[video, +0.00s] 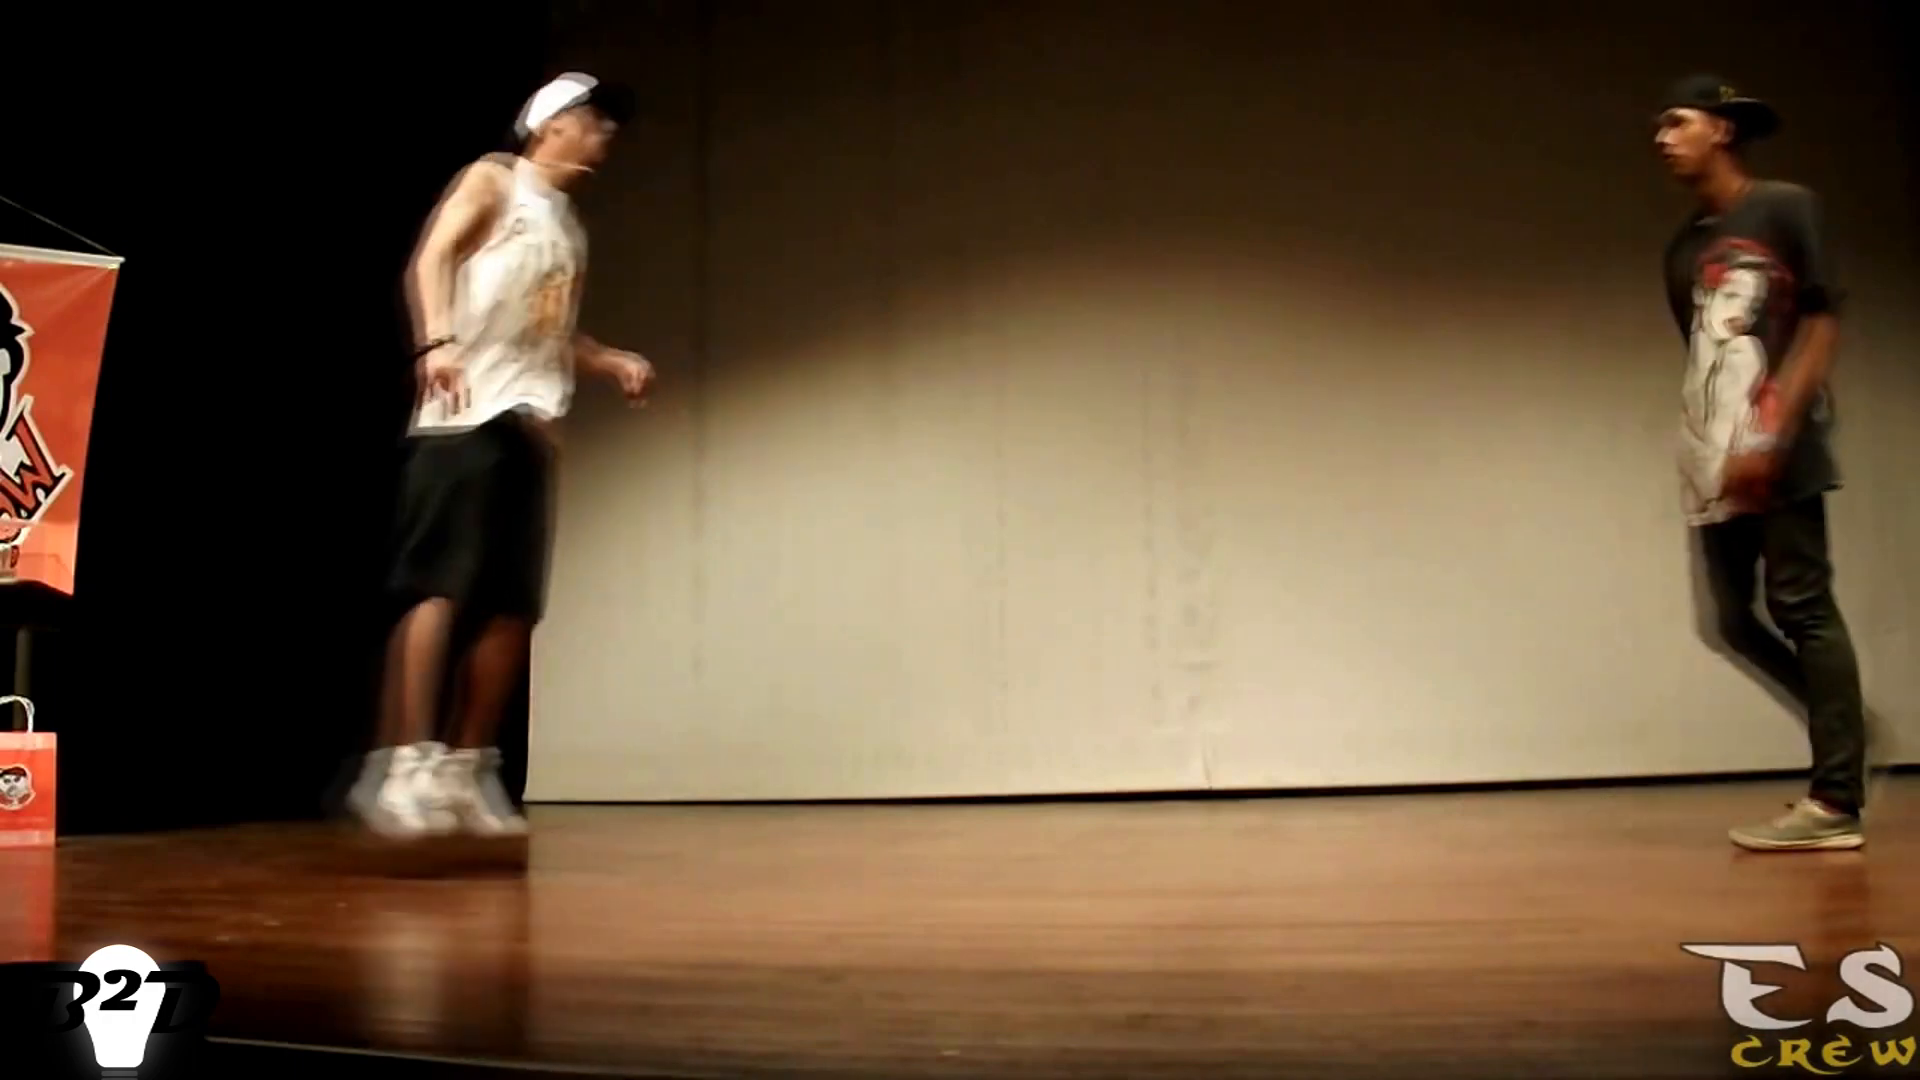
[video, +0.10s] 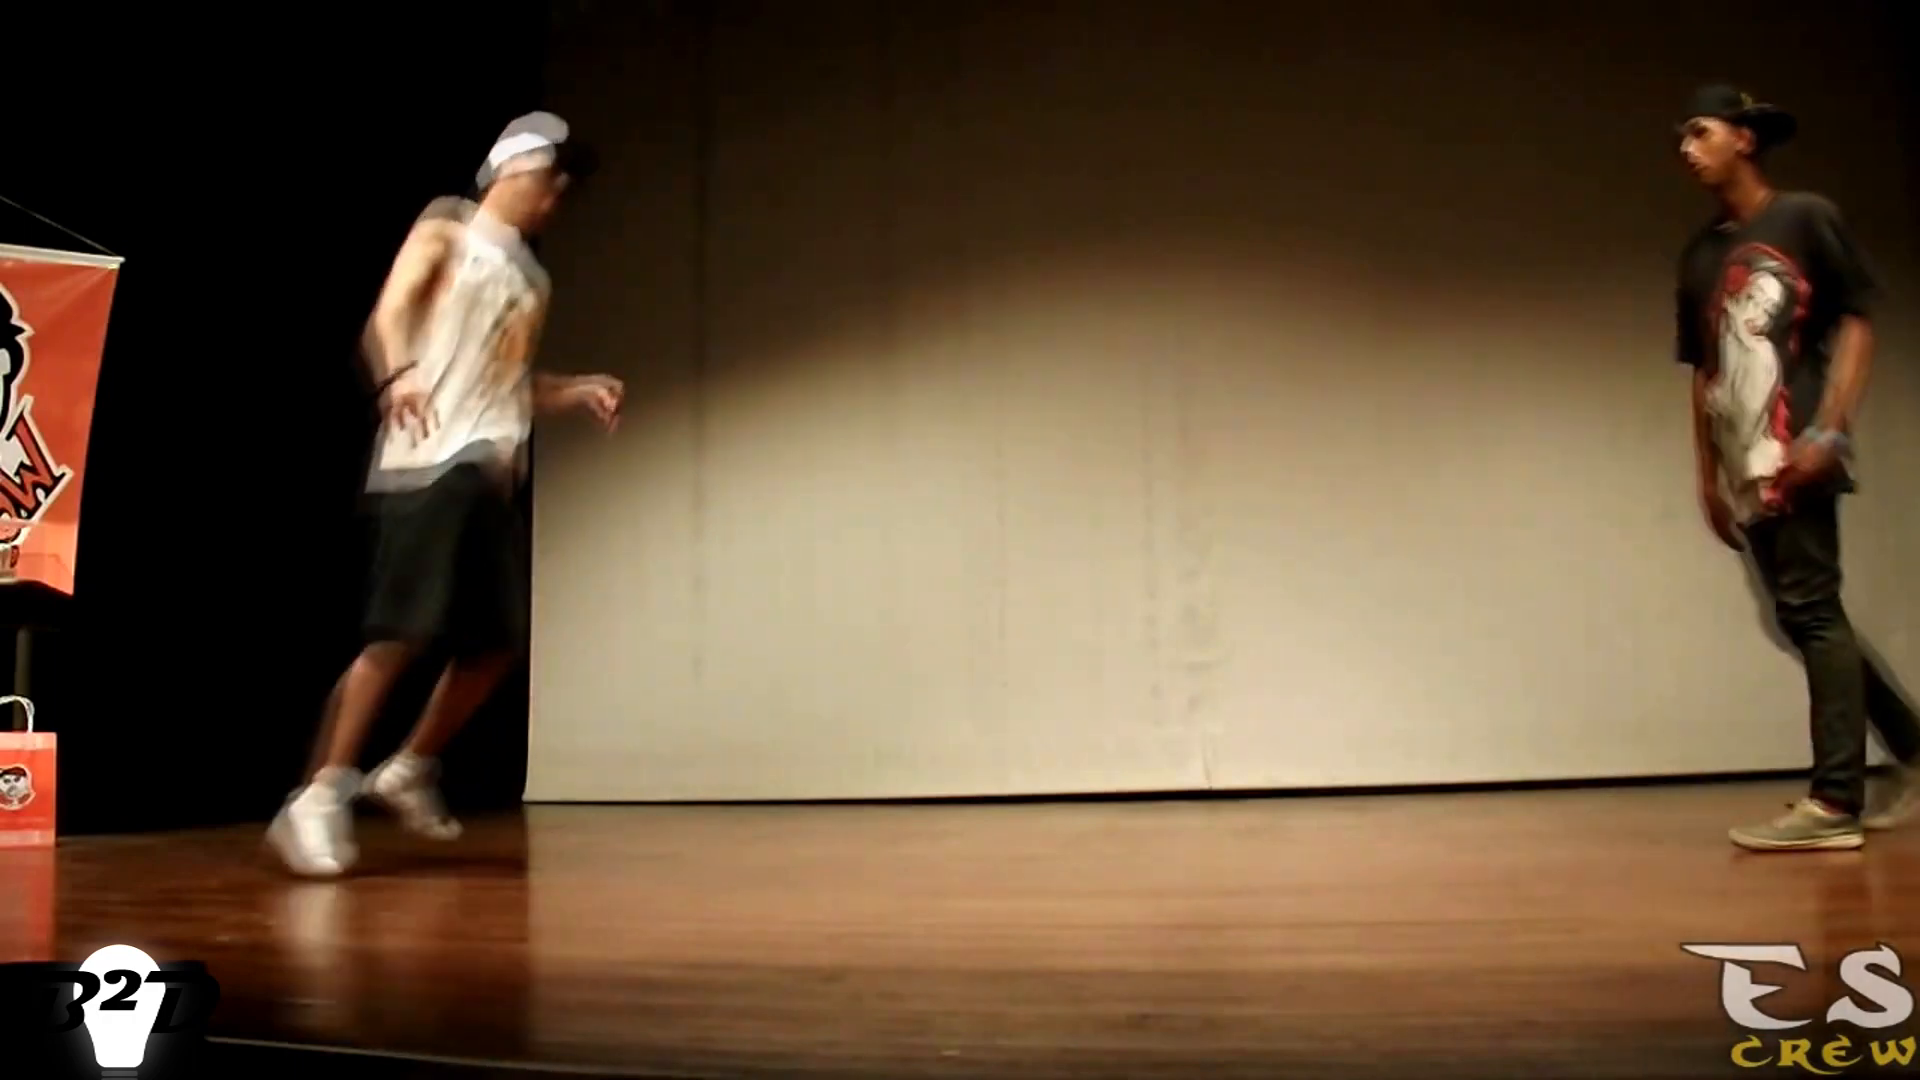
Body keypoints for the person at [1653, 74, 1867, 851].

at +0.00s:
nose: (1661, 139)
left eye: (1676, 125)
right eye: (1660, 128)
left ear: (1721, 131)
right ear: (1686, 142)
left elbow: (1821, 324)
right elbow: (1706, 361)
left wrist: (1768, 436)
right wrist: (1708, 454)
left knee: (1803, 606)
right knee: (1730, 621)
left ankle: (1836, 804)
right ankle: (1854, 728)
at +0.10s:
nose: (1686, 149)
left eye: (1699, 135)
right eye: (1685, 138)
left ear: (1743, 142)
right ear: (1716, 151)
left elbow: (1856, 324)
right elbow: (1704, 375)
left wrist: (1829, 430)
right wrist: (1708, 481)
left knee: (1814, 614)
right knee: (1797, 620)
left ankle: (1837, 798)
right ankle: (1910, 745)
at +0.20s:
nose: (1700, 166)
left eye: (1713, 151)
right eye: (1697, 154)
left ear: (1757, 156)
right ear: (1717, 168)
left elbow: (1870, 339)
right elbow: (1711, 382)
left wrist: (1875, 442)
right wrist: (1693, 492)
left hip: (1816, 458)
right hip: (1770, 469)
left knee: (1803, 612)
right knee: (1853, 618)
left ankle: (1834, 802)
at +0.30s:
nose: (1711, 182)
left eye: (1724, 168)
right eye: (1706, 171)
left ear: (1764, 175)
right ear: (1710, 186)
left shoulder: (1812, 248)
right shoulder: (1732, 281)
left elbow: (1878, 348)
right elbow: (1725, 393)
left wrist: (1911, 454)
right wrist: (1684, 484)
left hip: (1830, 463)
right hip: (1791, 474)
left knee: (1777, 609)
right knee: (1881, 626)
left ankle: (1826, 792)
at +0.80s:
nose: (1667, 222)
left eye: (1679, 209)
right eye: (1666, 210)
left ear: (1718, 211)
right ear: (1699, 215)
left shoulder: (1763, 263)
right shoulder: (1732, 285)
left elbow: (1805, 373)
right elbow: (1736, 401)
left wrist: (1835, 472)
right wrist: (1721, 495)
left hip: (1801, 476)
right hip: (1780, 479)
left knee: (1785, 627)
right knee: (1797, 624)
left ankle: (1833, 790)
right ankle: (1900, 746)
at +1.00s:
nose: (1652, 233)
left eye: (1658, 218)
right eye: (1649, 220)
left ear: (1688, 215)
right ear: (1693, 217)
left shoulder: (1719, 255)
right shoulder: (1724, 260)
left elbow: (1735, 344)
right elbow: (1745, 357)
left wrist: (1691, 396)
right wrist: (1689, 396)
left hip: (1772, 483)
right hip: (1748, 483)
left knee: (1786, 630)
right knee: (1697, 608)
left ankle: (1837, 787)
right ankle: (1811, 720)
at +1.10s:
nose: (1633, 230)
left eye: (1642, 217)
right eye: (1631, 219)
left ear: (1675, 216)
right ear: (1677, 219)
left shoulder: (1691, 255)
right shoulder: (1718, 263)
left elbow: (1706, 324)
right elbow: (1738, 372)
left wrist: (1639, 359)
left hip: (1746, 487)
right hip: (1739, 488)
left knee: (1780, 630)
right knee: (1669, 613)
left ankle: (1836, 786)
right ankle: (1730, 750)